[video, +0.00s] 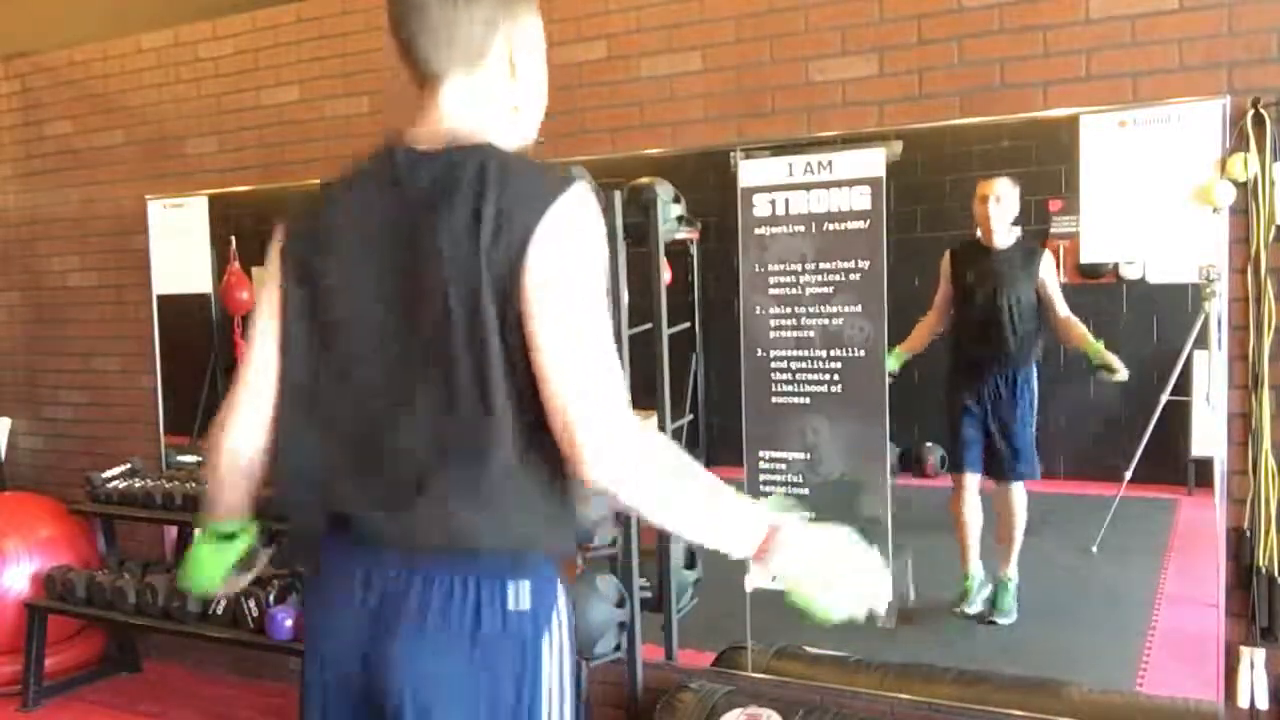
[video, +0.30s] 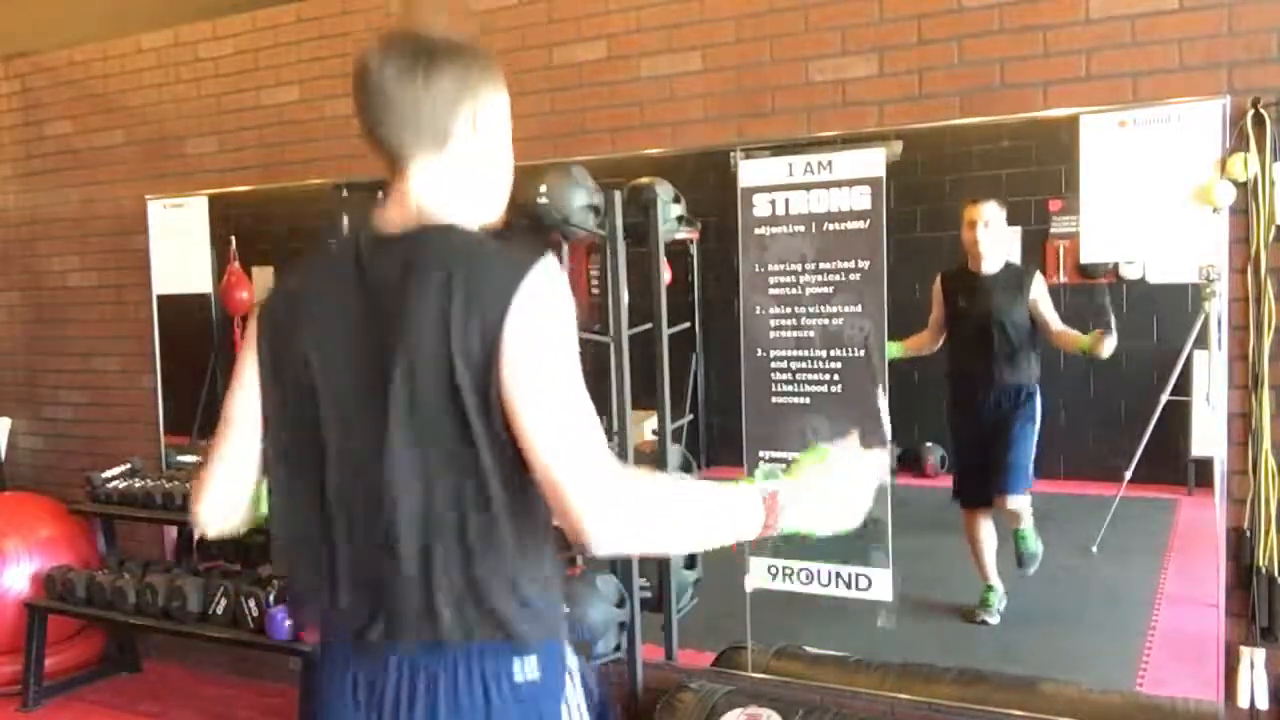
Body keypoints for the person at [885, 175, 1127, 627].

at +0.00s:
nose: (990, 208)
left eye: (999, 200)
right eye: (983, 200)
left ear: (1017, 208)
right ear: (973, 208)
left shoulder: (1038, 260)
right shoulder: (956, 258)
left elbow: (1062, 319)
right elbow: (936, 318)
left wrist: (1095, 351)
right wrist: (898, 354)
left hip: (1015, 381)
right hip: (966, 379)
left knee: (1010, 483)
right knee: (965, 482)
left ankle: (1007, 580)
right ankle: (972, 579)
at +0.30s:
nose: (976, 233)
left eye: (985, 225)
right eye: (971, 225)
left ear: (1003, 231)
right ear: (962, 231)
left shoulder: (1028, 281)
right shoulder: (947, 284)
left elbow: (1056, 332)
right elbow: (932, 336)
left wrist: (1088, 343)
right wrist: (894, 348)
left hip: (1018, 396)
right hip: (968, 398)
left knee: (1009, 501)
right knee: (973, 502)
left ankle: (1022, 526)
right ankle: (992, 588)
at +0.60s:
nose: (979, 231)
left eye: (988, 222)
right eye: (973, 222)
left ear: (1007, 227)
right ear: (964, 228)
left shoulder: (1031, 276)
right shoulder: (951, 278)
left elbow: (1057, 331)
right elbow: (936, 335)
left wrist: (1091, 343)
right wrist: (898, 353)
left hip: (1024, 392)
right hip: (974, 392)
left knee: (1018, 490)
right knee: (983, 494)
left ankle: (1017, 593)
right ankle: (997, 585)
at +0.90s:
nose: (989, 207)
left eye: (998, 198)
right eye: (983, 198)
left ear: (1016, 204)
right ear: (972, 204)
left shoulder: (1038, 253)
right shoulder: (957, 256)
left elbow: (1062, 316)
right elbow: (940, 318)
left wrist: (1101, 352)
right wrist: (903, 356)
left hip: (1025, 371)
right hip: (974, 372)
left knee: (1014, 475)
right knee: (982, 482)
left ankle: (1010, 573)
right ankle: (1000, 552)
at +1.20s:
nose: (991, 210)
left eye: (1000, 202)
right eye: (986, 202)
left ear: (1020, 208)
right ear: (977, 208)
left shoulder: (1043, 258)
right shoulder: (963, 259)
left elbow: (1072, 316)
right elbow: (944, 319)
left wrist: (1109, 348)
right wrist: (902, 354)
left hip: (1023, 380)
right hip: (972, 380)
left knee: (1015, 482)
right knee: (966, 486)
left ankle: (1013, 580)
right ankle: (983, 552)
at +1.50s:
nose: (995, 239)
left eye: (1004, 231)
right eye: (989, 230)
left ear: (1021, 236)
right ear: (978, 236)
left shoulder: (1043, 288)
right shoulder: (961, 288)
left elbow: (1075, 337)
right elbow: (943, 341)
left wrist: (1110, 347)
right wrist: (895, 350)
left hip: (1021, 406)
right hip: (968, 404)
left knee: (1011, 506)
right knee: (960, 505)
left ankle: (1006, 592)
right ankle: (962, 603)